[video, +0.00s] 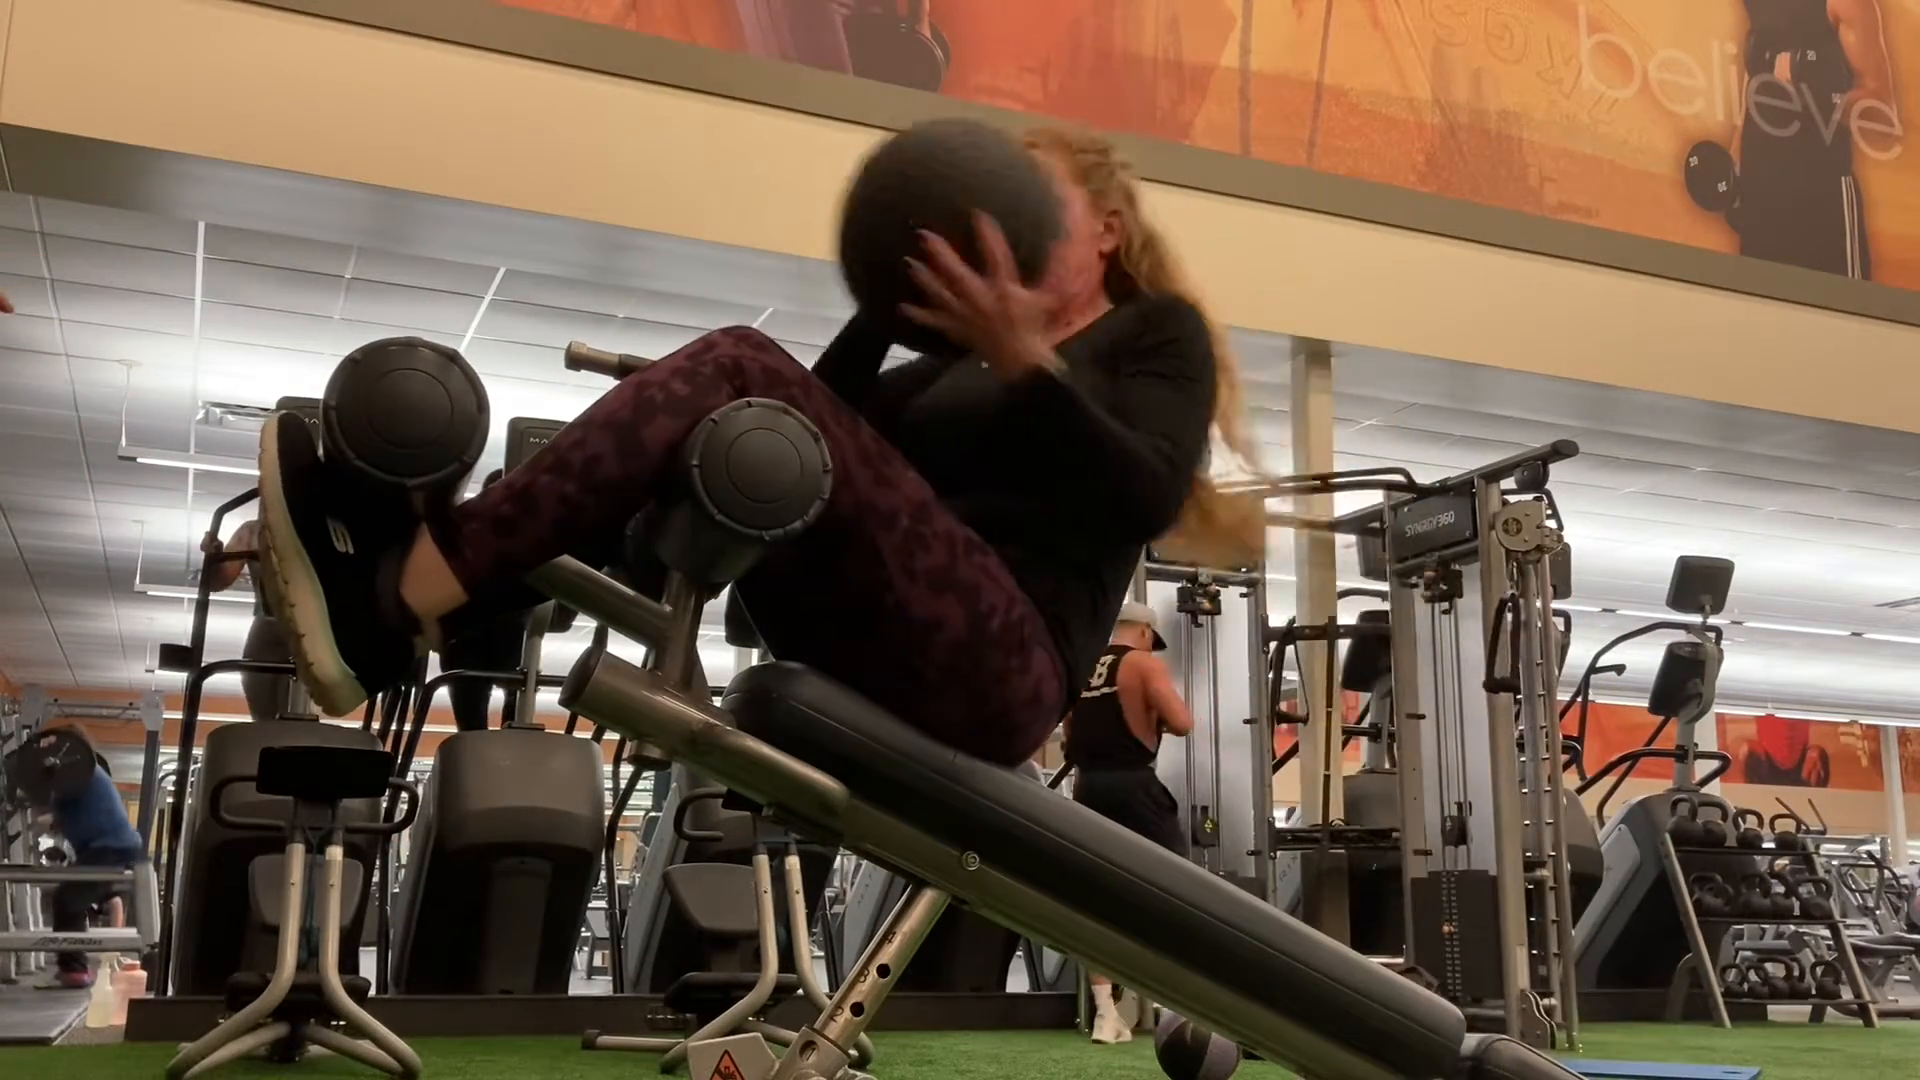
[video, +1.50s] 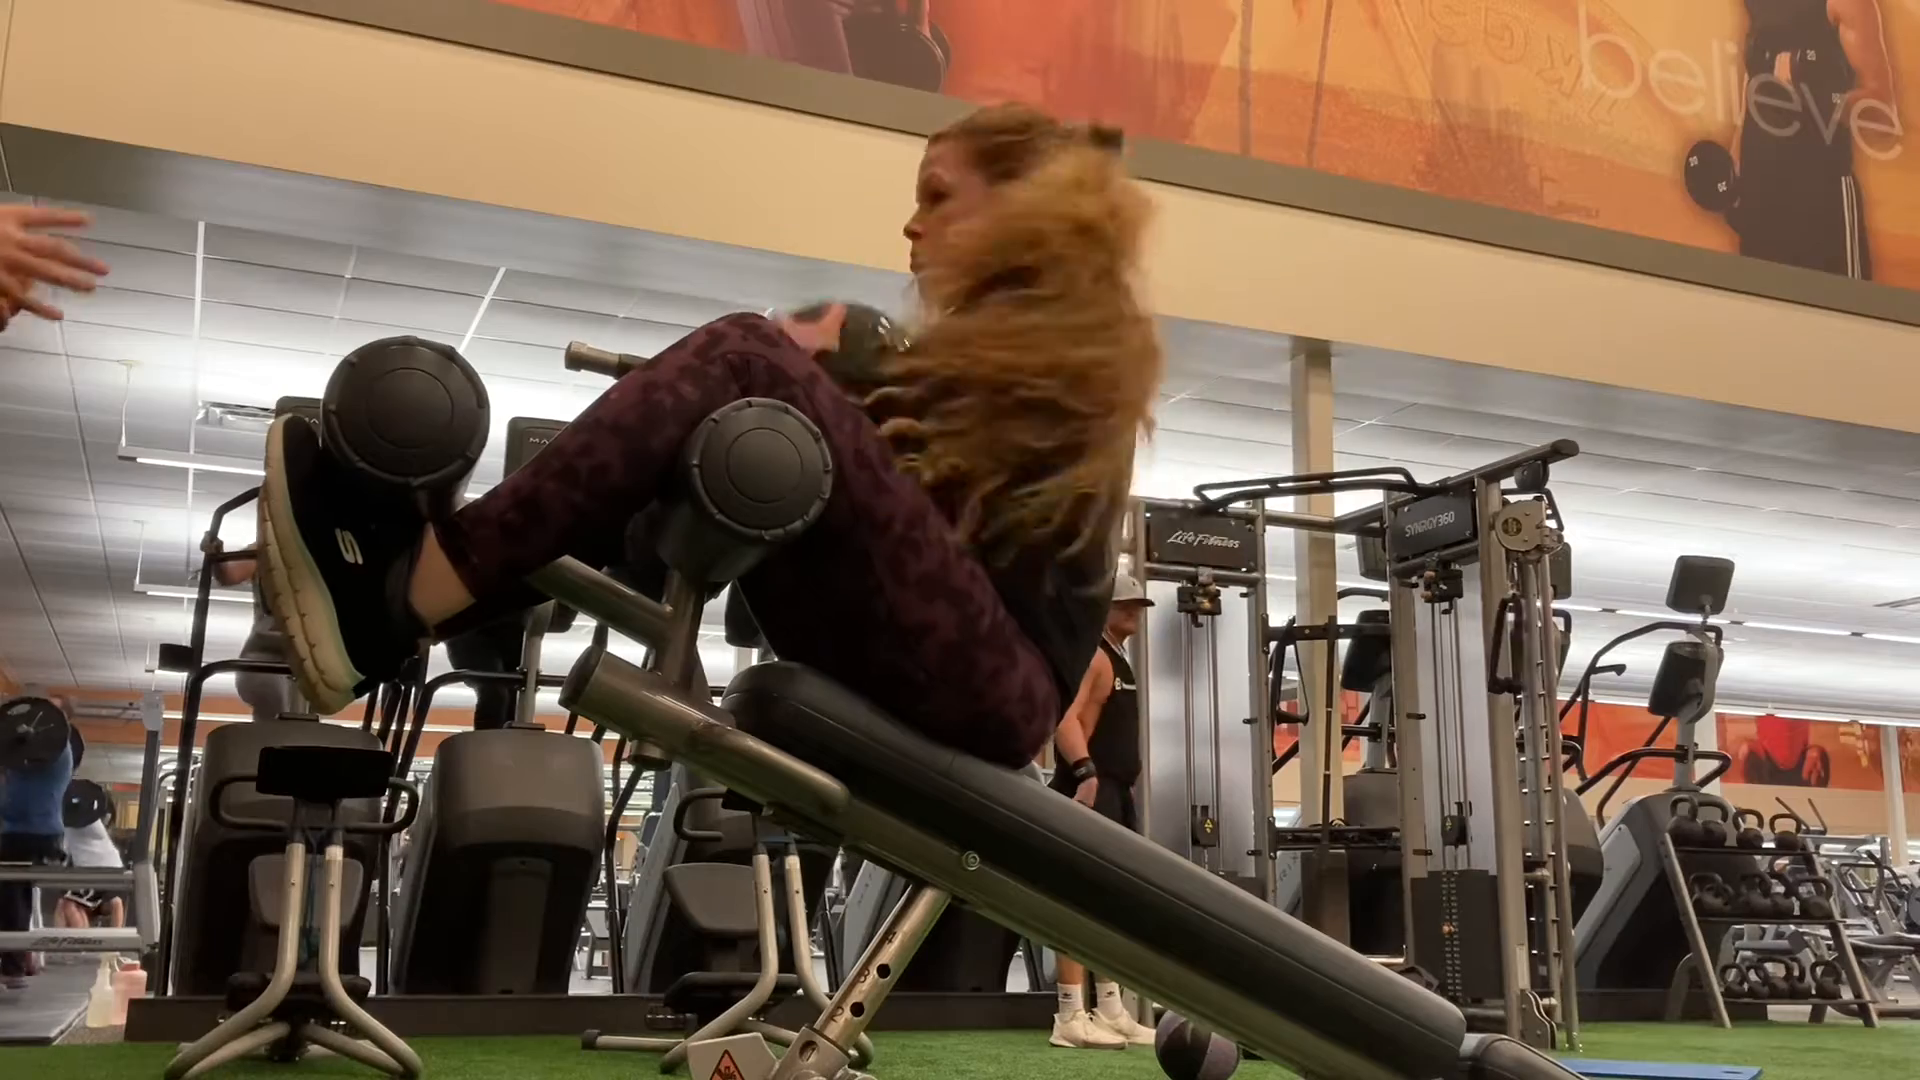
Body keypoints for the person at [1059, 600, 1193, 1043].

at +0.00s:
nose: (1153, 645)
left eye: (1152, 640)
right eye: (1153, 639)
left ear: (1114, 632)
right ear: (1143, 633)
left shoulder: (1085, 666)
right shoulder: (1145, 663)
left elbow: (1070, 736)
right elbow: (1182, 724)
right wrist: (1157, 709)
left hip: (1089, 792)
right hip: (1136, 791)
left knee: (1091, 899)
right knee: (1157, 892)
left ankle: (1106, 1014)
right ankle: (1145, 998)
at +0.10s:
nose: (1150, 658)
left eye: (1151, 653)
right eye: (1151, 651)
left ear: (1118, 637)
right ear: (1141, 639)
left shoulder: (1089, 665)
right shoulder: (1134, 659)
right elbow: (1168, 719)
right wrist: (1157, 693)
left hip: (1086, 787)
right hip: (1129, 786)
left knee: (1094, 898)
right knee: (1157, 890)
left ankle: (1104, 1012)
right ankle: (1143, 1003)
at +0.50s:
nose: (1152, 673)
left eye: (1156, 670)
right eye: (1156, 664)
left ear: (1142, 641)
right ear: (1150, 643)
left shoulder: (1101, 655)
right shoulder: (1120, 657)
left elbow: (1096, 723)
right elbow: (1121, 716)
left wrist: (1143, 700)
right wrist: (1152, 710)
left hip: (1088, 782)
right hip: (1100, 785)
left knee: (1101, 900)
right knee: (1090, 900)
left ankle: (1102, 1009)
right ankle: (1072, 1013)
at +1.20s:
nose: (1145, 643)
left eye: (1149, 636)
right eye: (1144, 633)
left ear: (1134, 625)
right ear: (1124, 618)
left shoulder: (1118, 662)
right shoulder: (1089, 656)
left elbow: (1108, 726)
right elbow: (1063, 715)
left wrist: (1137, 745)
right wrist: (1103, 756)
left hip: (1108, 797)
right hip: (1078, 796)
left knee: (1106, 902)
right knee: (1075, 904)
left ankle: (1109, 1009)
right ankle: (1071, 1017)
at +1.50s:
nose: (1138, 615)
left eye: (1140, 608)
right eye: (1130, 607)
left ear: (1132, 613)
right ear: (1108, 609)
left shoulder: (1120, 660)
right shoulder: (1096, 657)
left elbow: (1112, 727)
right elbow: (1066, 719)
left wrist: (1127, 779)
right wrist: (1085, 772)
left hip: (1115, 790)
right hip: (1088, 788)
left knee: (1107, 900)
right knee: (1077, 900)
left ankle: (1108, 1008)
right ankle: (1070, 1015)